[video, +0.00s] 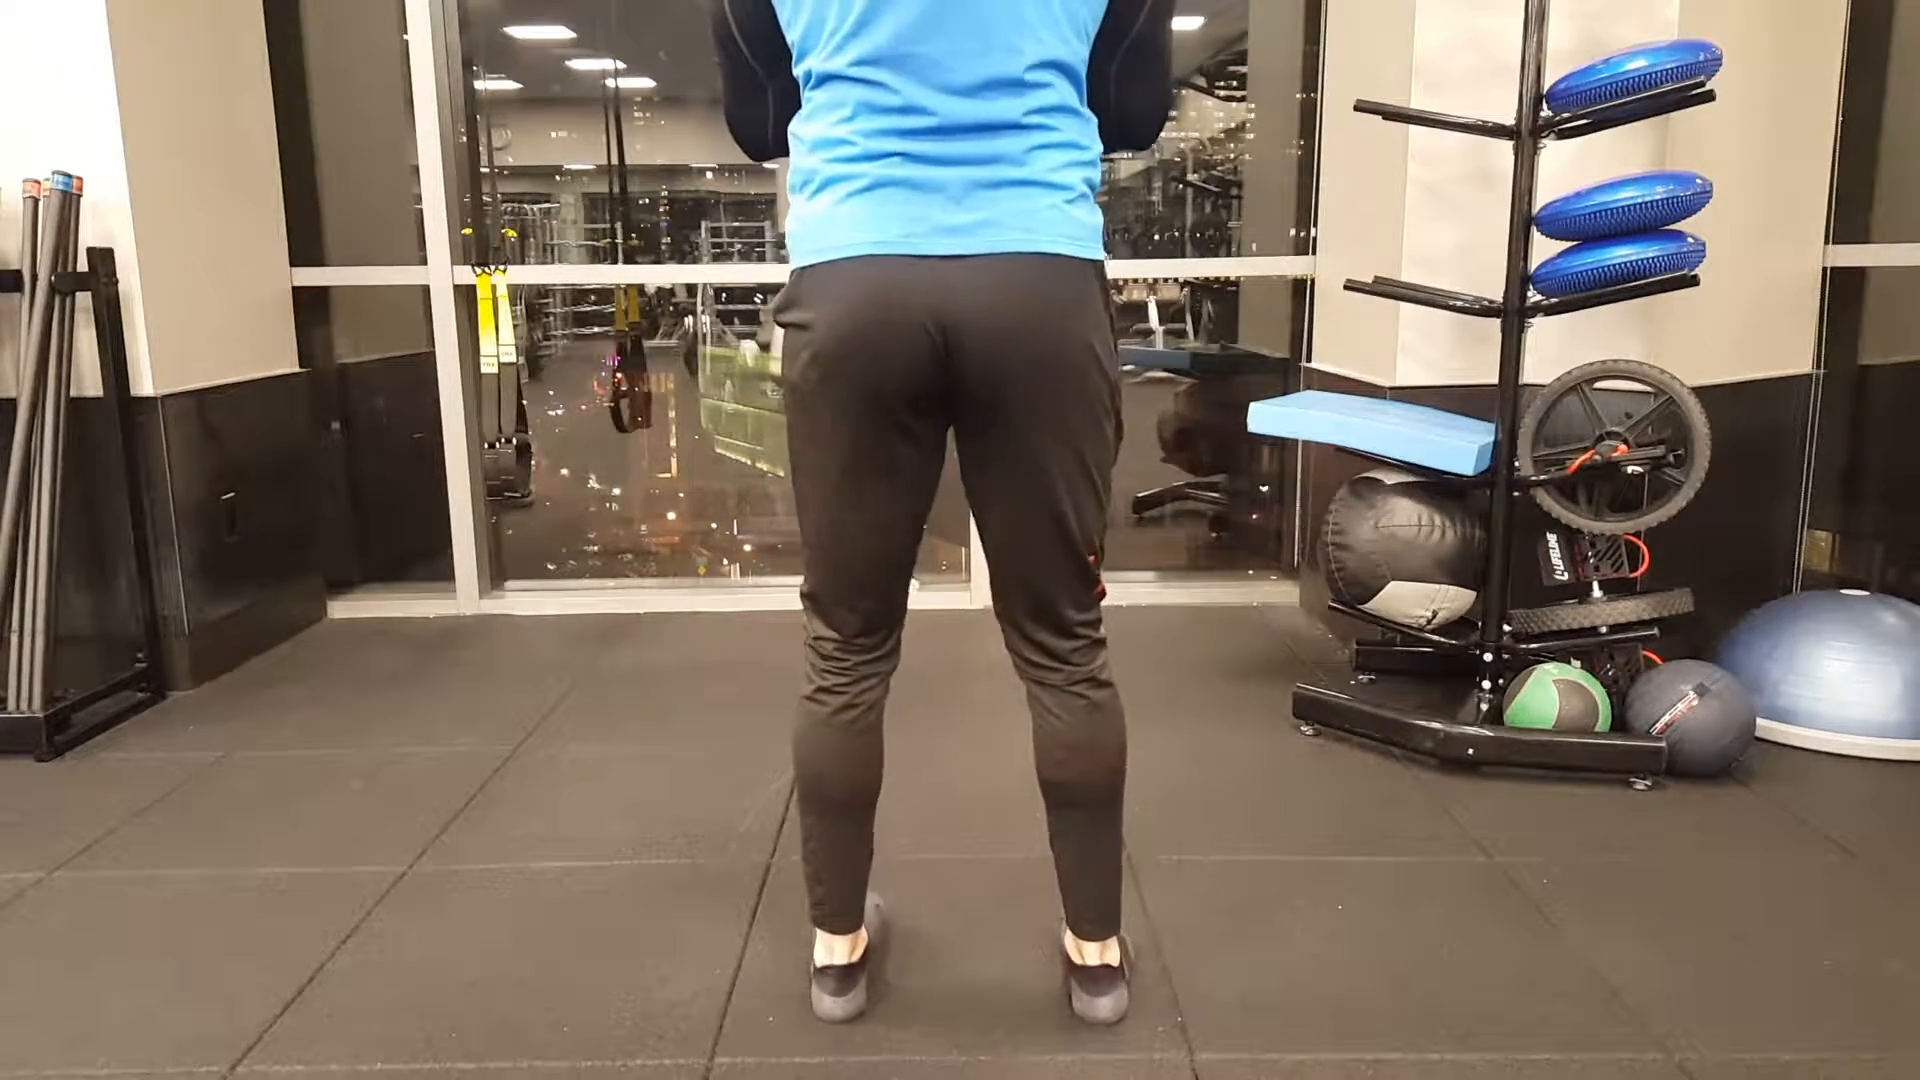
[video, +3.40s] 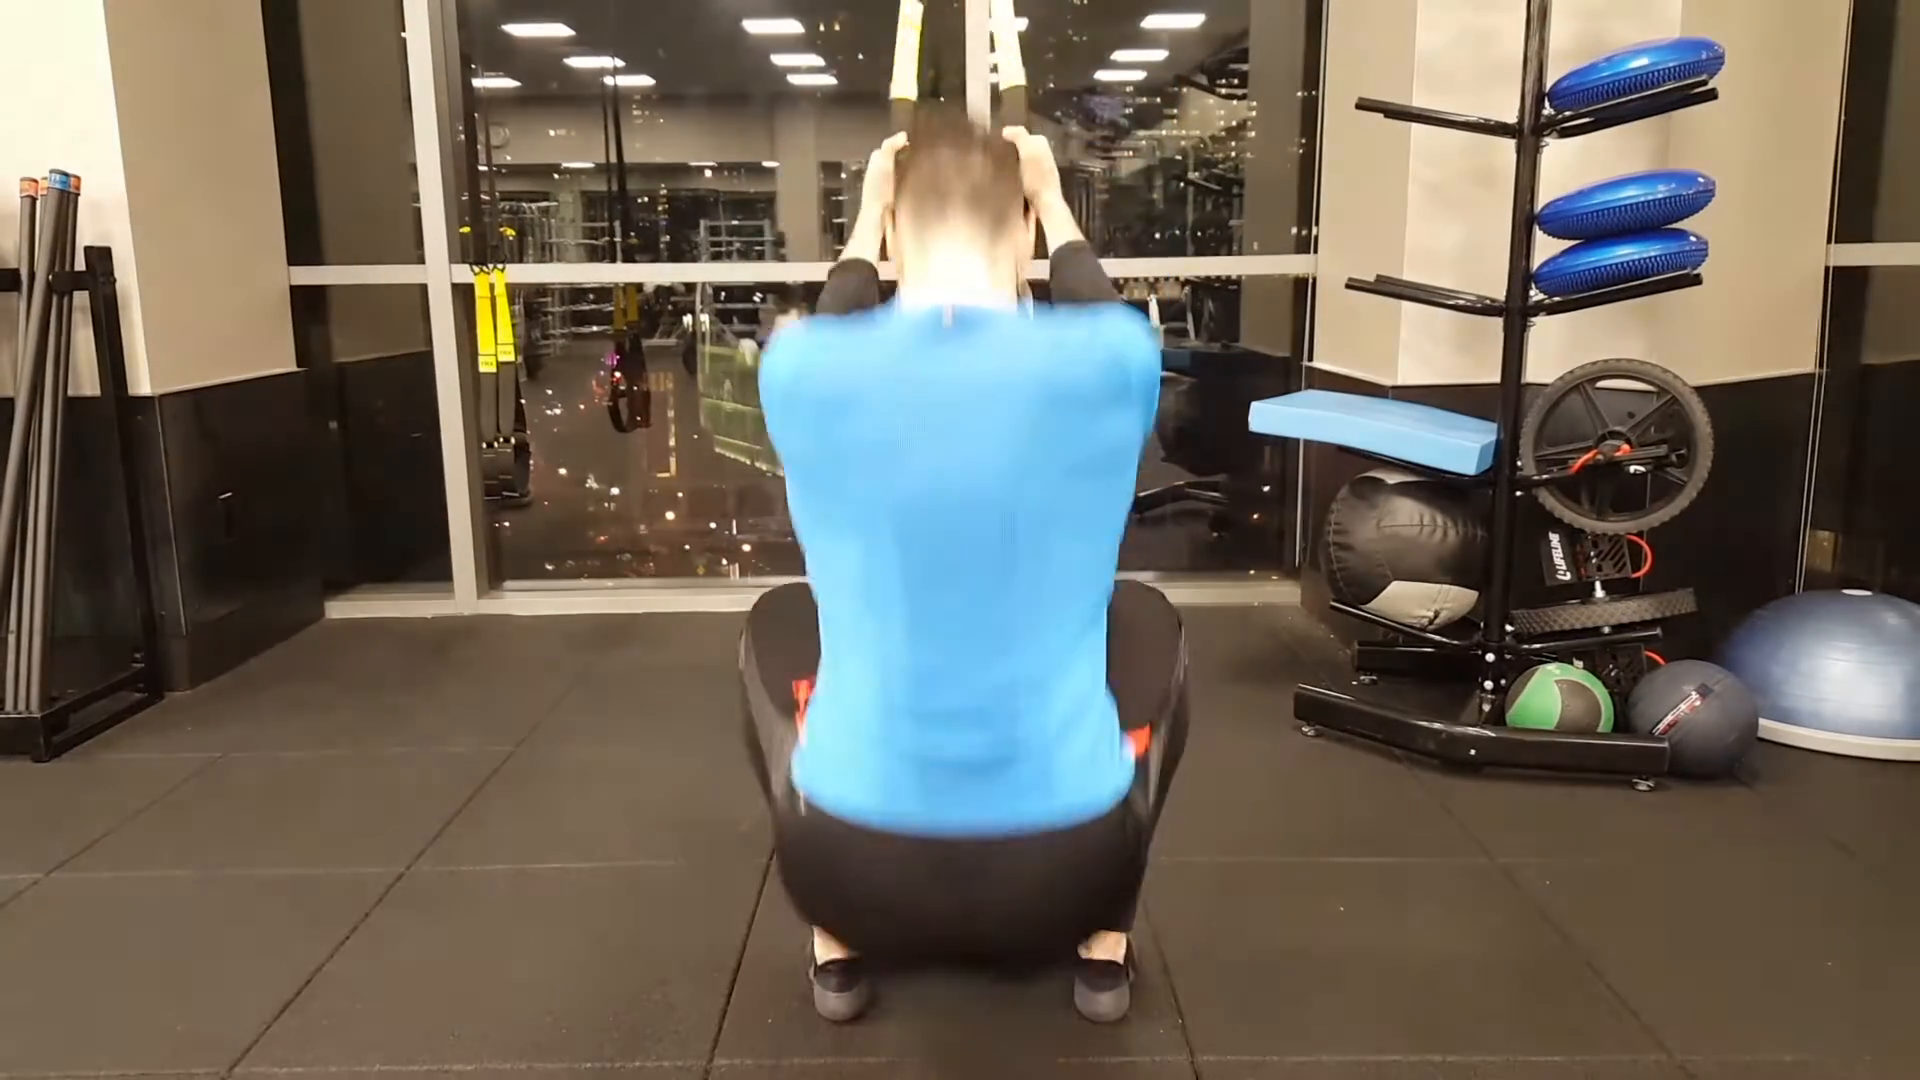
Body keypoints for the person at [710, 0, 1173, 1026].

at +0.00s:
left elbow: (759, 126)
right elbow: (1134, 117)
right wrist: (1011, 71)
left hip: (854, 278)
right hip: (1039, 278)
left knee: (845, 645)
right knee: (1062, 637)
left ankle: (836, 954)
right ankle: (1096, 958)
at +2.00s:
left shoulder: (779, 3)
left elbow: (756, 117)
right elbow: (1146, 107)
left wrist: (887, 84)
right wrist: (1010, 101)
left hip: (859, 280)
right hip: (1053, 279)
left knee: (848, 652)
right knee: (1076, 649)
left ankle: (839, 955)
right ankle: (1102, 959)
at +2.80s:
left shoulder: (764, 9)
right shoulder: (1129, 9)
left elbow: (783, 229)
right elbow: (1128, 225)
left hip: (847, 410)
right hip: (1070, 409)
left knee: (820, 665)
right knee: (1104, 663)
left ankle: (836, 953)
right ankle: (1106, 955)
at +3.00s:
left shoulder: (775, 83)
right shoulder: (1128, 68)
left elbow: (780, 289)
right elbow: (1118, 286)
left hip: (843, 560)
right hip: (1076, 560)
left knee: (798, 671)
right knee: (1122, 666)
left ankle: (835, 951)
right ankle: (1106, 953)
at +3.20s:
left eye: (909, 79)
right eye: (1010, 78)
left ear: (885, 87)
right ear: (1025, 85)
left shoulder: (784, 220)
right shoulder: (1127, 207)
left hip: (850, 724)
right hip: (1062, 726)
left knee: (774, 612)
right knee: (1148, 613)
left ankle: (833, 947)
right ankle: (1107, 951)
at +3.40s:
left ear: (893, 234)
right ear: (1026, 234)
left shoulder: (800, 375)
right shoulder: (1113, 366)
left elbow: (827, 330)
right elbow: (1107, 316)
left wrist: (867, 230)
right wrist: (1055, 213)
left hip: (867, 885)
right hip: (1055, 884)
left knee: (777, 611)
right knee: (1144, 607)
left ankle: (833, 939)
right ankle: (1109, 938)